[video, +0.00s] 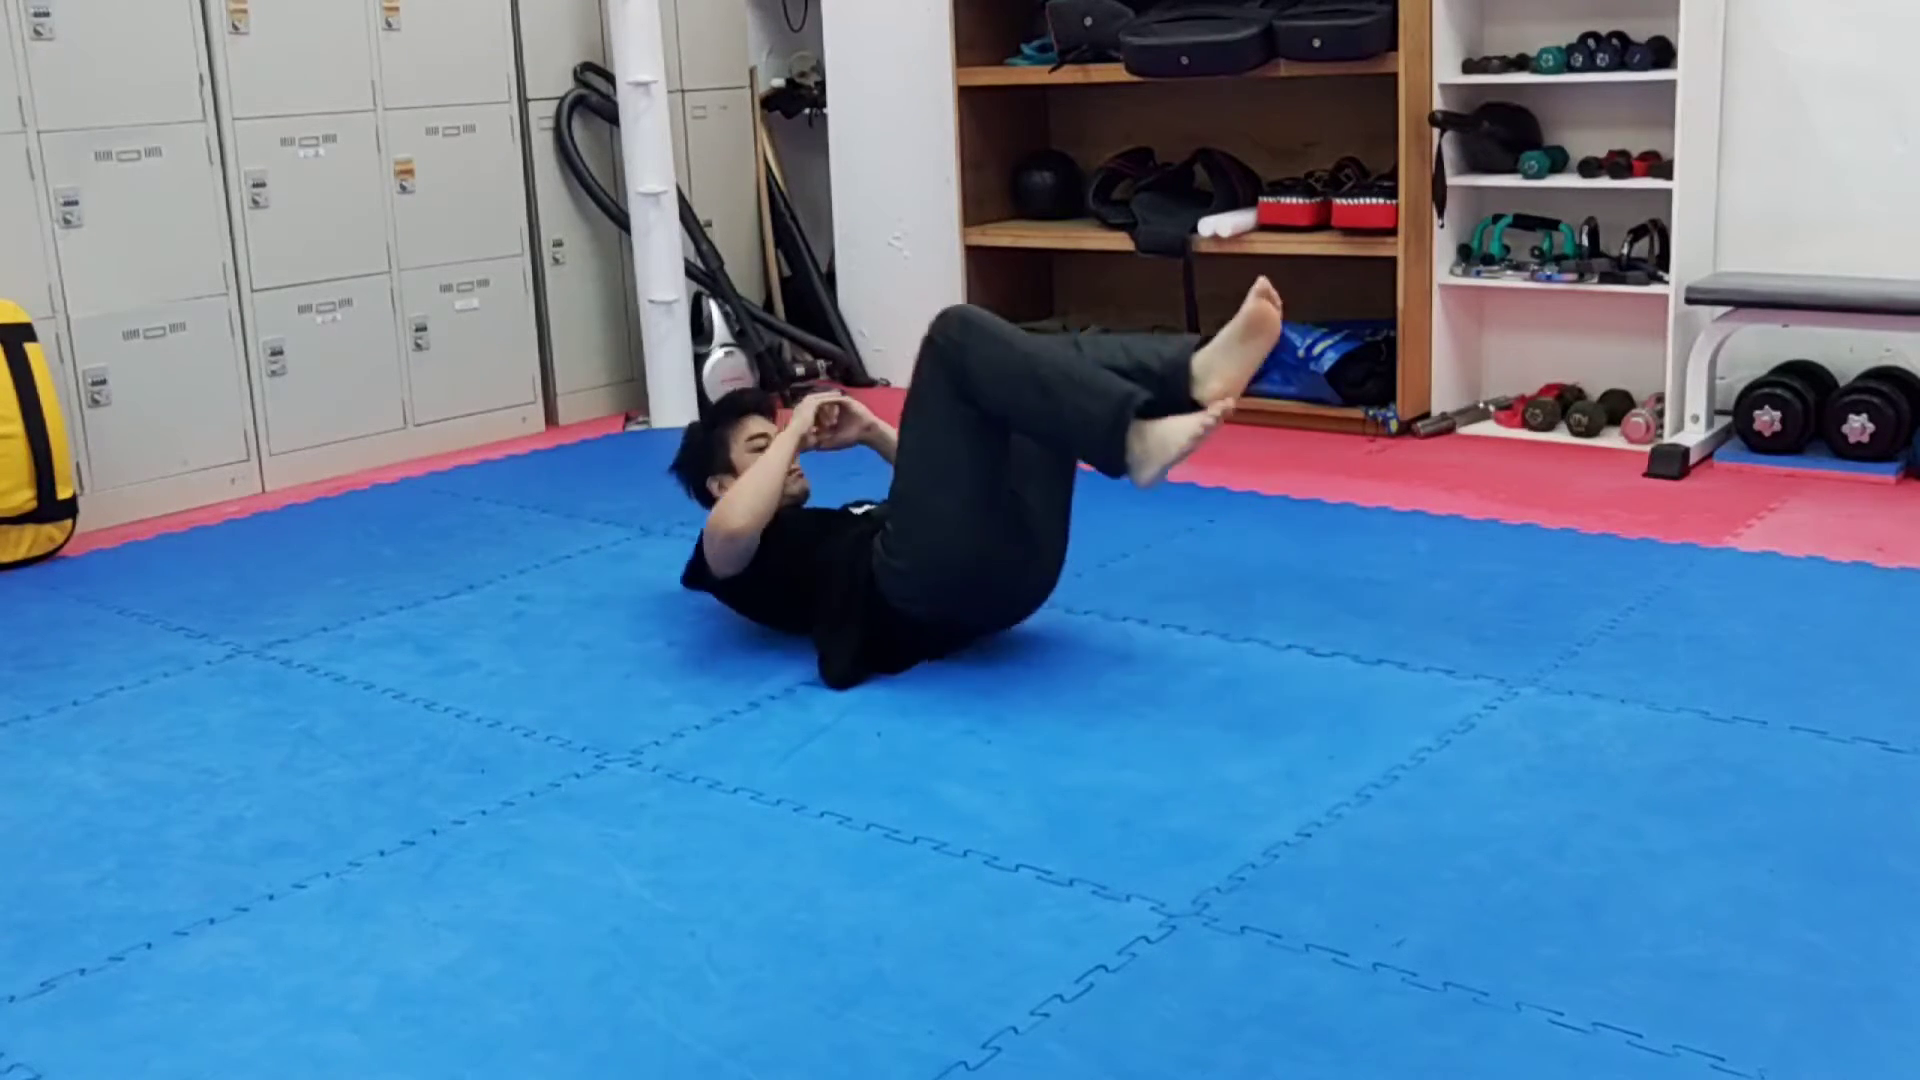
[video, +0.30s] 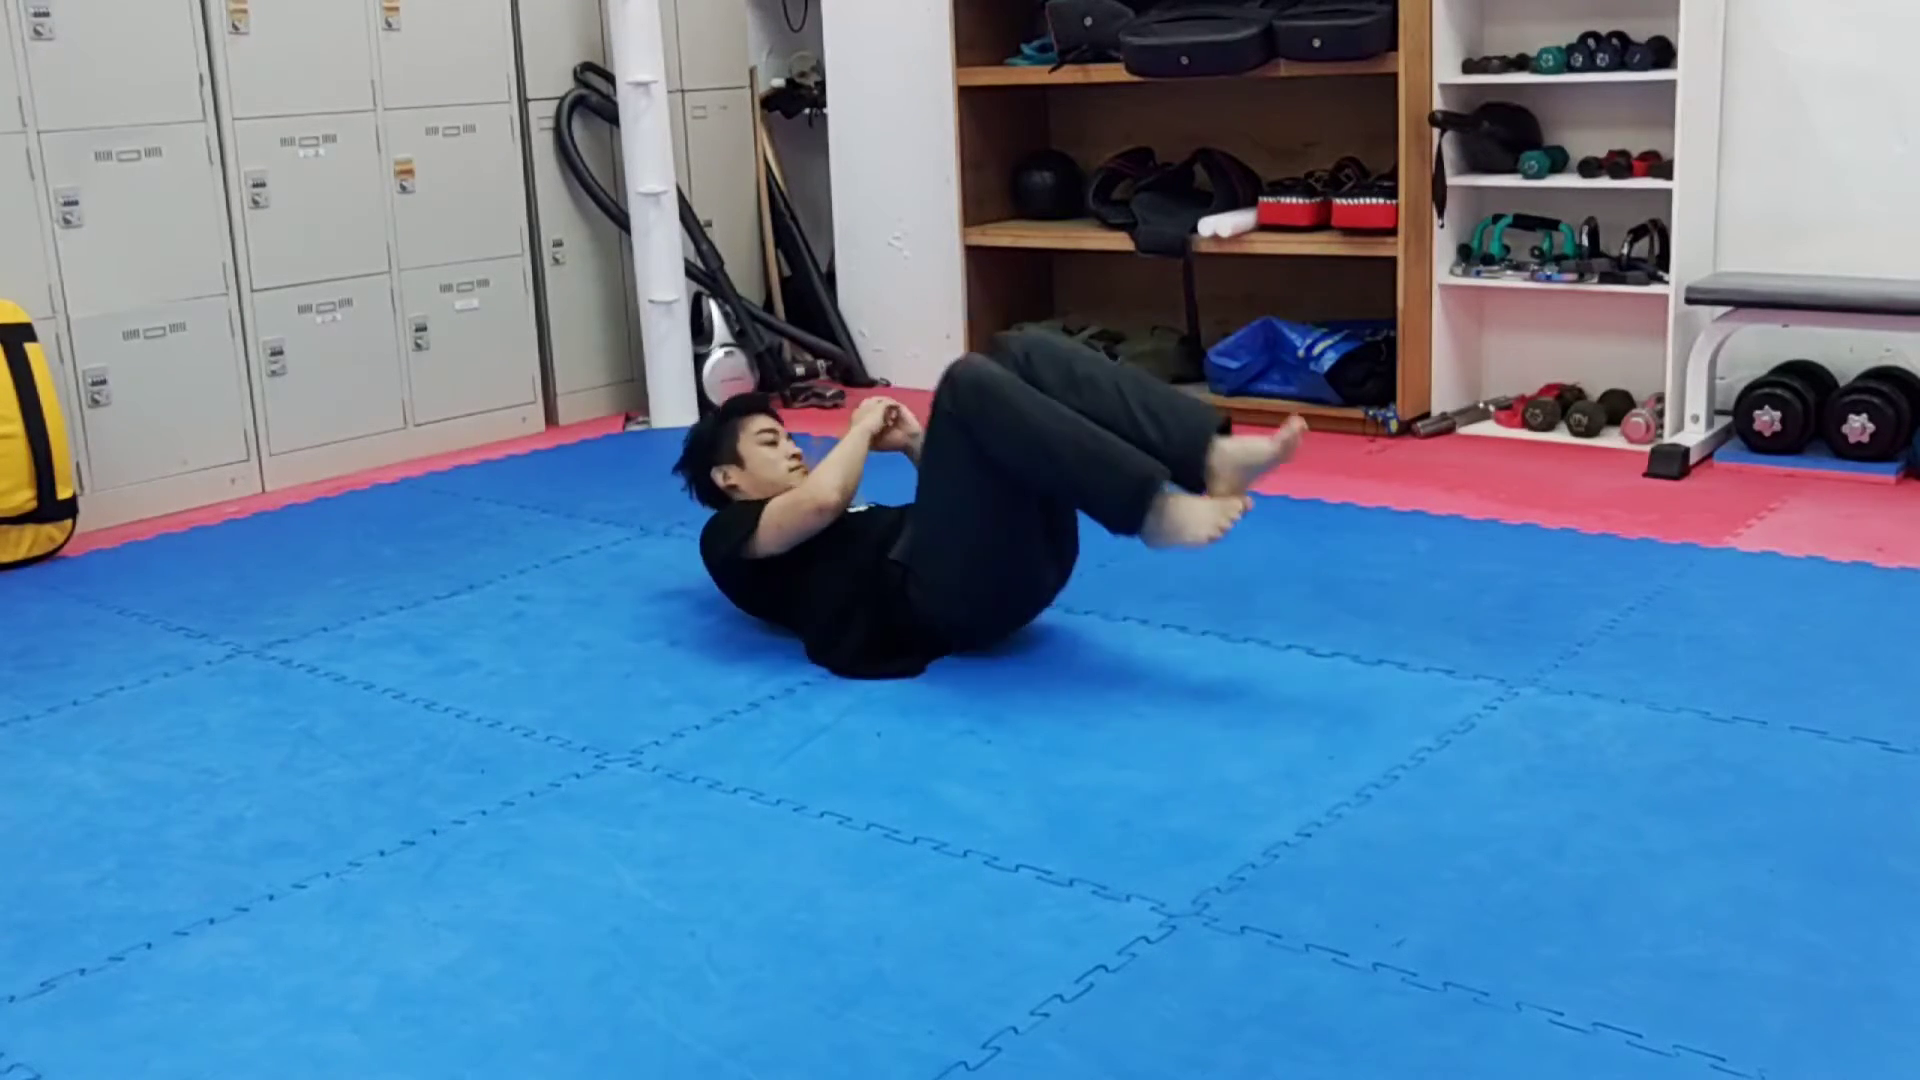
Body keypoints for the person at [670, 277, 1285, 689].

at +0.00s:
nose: (785, 456)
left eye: (788, 440)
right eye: (758, 448)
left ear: (800, 451)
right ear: (717, 485)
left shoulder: (836, 525)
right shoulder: (727, 557)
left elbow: (940, 486)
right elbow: (734, 523)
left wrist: (876, 436)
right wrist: (791, 438)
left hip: (1006, 572)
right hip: (930, 583)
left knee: (1033, 362)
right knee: (956, 336)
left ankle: (1194, 372)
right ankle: (1127, 441)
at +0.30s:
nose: (795, 453)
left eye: (792, 441)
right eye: (773, 445)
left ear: (793, 449)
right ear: (726, 477)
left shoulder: (819, 511)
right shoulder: (725, 538)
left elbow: (955, 486)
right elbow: (819, 505)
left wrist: (910, 448)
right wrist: (860, 431)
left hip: (1006, 569)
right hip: (947, 598)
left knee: (1025, 349)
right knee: (969, 386)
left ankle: (1207, 455)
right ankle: (1152, 509)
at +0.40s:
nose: (814, 427)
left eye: (810, 415)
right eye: (790, 420)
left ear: (817, 431)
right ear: (743, 455)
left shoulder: (847, 499)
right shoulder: (736, 522)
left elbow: (972, 513)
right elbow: (834, 511)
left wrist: (930, 449)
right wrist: (873, 434)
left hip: (1027, 592)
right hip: (964, 618)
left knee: (1093, 392)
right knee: (1016, 409)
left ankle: (1249, 523)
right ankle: (1184, 565)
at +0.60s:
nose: (855, 383)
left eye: (853, 365)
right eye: (829, 373)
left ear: (860, 369)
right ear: (777, 400)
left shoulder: (911, 444)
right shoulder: (775, 487)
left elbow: (1032, 475)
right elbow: (830, 534)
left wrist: (968, 407)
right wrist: (890, 420)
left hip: (1052, 585)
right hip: (982, 616)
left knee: (1178, 433)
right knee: (1099, 431)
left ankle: (1323, 585)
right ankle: (1238, 612)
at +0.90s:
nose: (814, 411)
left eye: (807, 391)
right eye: (790, 420)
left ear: (820, 374)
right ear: (768, 448)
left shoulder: (904, 412)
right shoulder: (805, 524)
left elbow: (1002, 398)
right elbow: (842, 610)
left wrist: (892, 410)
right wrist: (831, 475)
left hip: (1077, 564)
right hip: (1000, 607)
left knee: (1217, 434)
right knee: (1115, 444)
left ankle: (1348, 589)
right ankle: (1247, 625)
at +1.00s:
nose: (798, 428)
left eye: (793, 411)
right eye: (775, 437)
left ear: (808, 396)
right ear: (755, 469)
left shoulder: (885, 436)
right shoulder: (793, 552)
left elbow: (976, 403)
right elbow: (841, 617)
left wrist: (861, 416)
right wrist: (812, 489)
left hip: (1073, 569)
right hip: (995, 610)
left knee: (1185, 414)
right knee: (1094, 421)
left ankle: (1332, 533)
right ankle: (1220, 605)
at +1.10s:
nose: (795, 447)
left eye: (791, 429)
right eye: (768, 455)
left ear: (799, 428)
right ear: (744, 494)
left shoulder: (874, 456)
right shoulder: (786, 579)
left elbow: (959, 411)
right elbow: (827, 616)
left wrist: (842, 415)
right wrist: (794, 488)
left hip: (1055, 571)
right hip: (983, 607)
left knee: (1122, 379)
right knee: (1047, 391)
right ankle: (1197, 541)